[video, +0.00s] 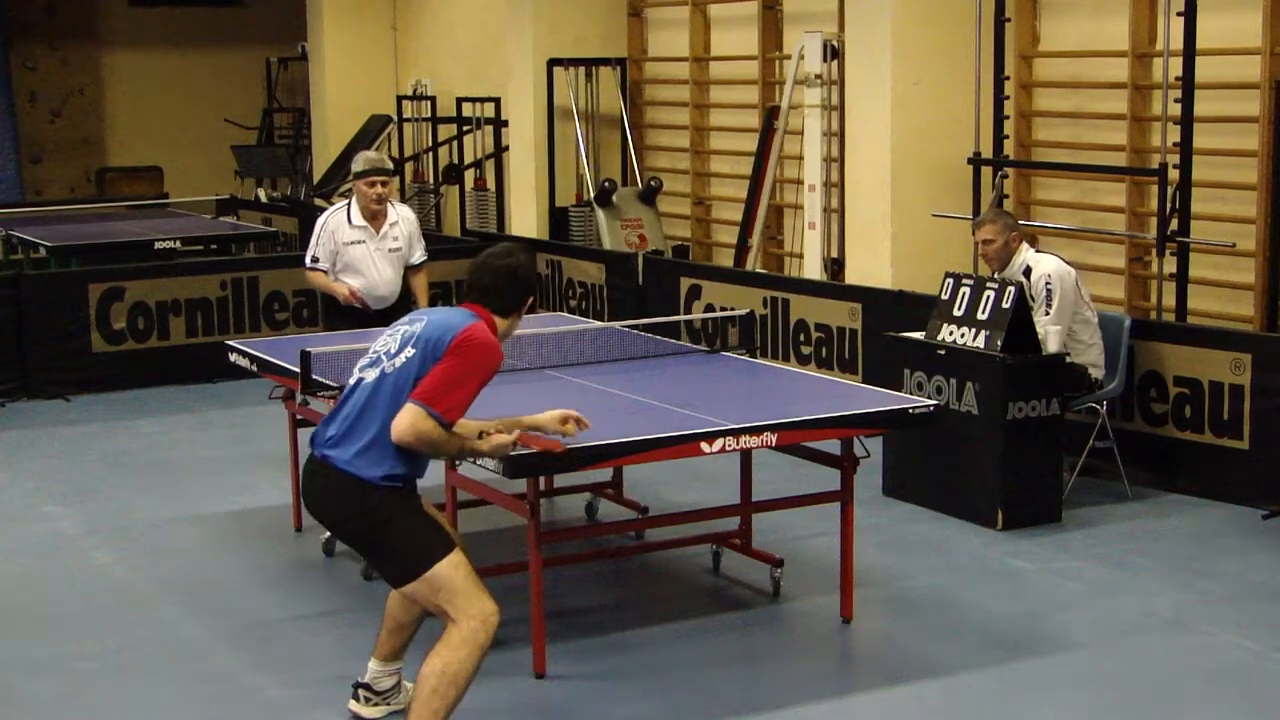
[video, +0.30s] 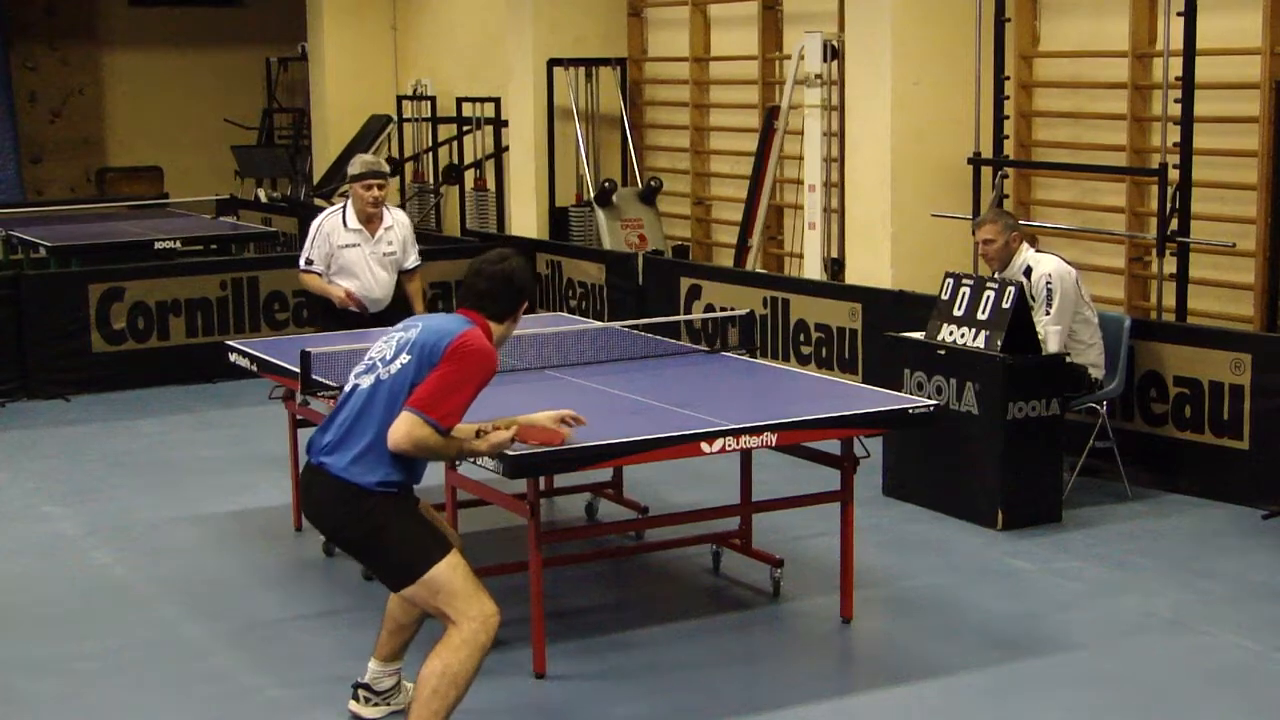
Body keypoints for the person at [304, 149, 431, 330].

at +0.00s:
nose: (379, 192)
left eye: (385, 184)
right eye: (371, 185)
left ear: (392, 185)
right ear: (354, 186)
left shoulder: (406, 217)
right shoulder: (331, 222)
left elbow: (417, 269)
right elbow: (313, 272)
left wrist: (424, 311)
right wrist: (336, 289)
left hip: (395, 312)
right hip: (348, 315)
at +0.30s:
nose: (376, 195)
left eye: (381, 187)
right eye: (367, 188)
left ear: (388, 188)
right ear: (350, 188)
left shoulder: (400, 221)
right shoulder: (327, 224)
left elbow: (411, 274)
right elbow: (306, 274)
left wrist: (421, 317)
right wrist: (332, 292)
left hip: (386, 316)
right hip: (341, 318)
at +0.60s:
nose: (373, 199)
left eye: (378, 192)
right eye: (365, 192)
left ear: (384, 193)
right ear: (347, 193)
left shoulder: (396, 225)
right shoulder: (323, 228)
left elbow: (405, 277)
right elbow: (303, 280)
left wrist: (414, 319)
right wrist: (330, 296)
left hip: (381, 319)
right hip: (335, 322)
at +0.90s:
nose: (372, 200)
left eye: (377, 193)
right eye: (364, 193)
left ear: (383, 193)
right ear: (346, 194)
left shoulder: (395, 225)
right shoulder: (322, 229)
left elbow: (404, 278)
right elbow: (302, 280)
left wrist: (414, 321)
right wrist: (331, 297)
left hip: (380, 320)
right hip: (334, 322)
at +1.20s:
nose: (371, 201)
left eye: (376, 194)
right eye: (363, 194)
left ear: (383, 194)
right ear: (345, 194)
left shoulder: (395, 226)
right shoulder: (322, 229)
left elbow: (405, 278)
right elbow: (301, 280)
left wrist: (414, 320)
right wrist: (329, 298)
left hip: (381, 319)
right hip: (334, 321)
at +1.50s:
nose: (369, 206)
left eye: (374, 199)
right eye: (361, 199)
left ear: (380, 198)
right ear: (343, 198)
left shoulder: (393, 230)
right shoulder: (318, 233)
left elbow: (403, 281)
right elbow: (299, 283)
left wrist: (412, 322)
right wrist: (326, 300)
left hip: (379, 321)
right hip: (331, 324)